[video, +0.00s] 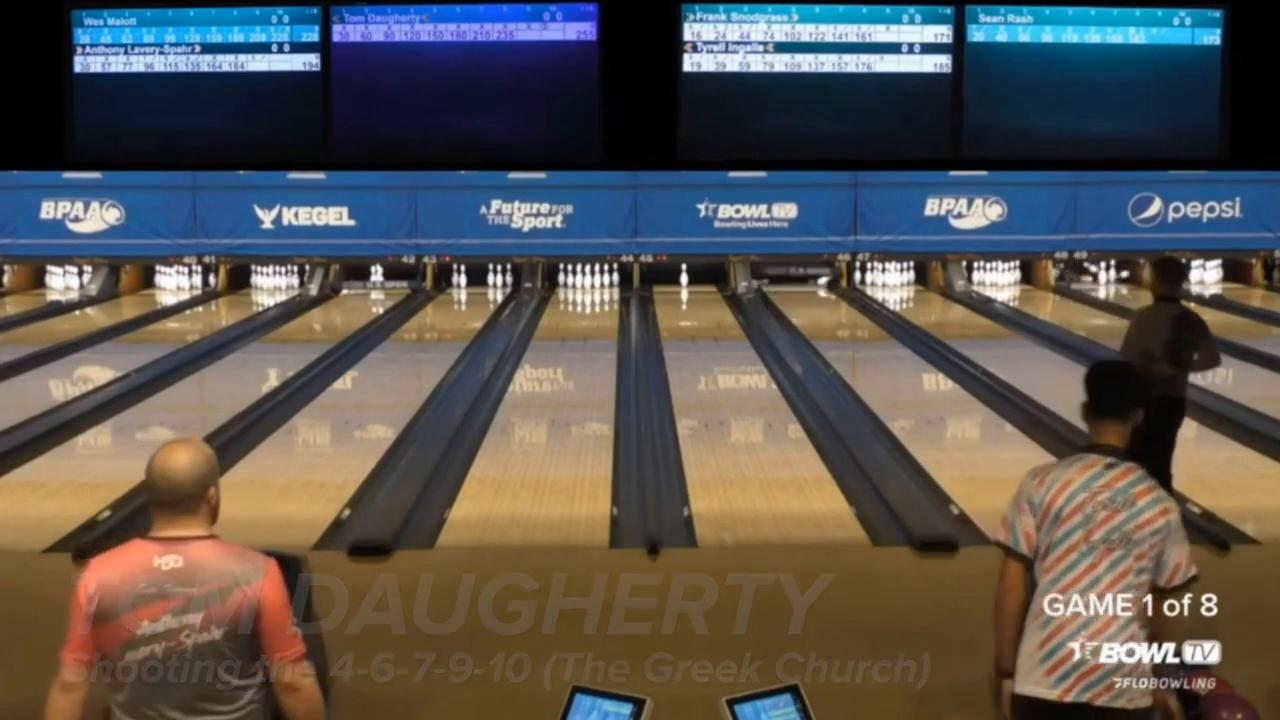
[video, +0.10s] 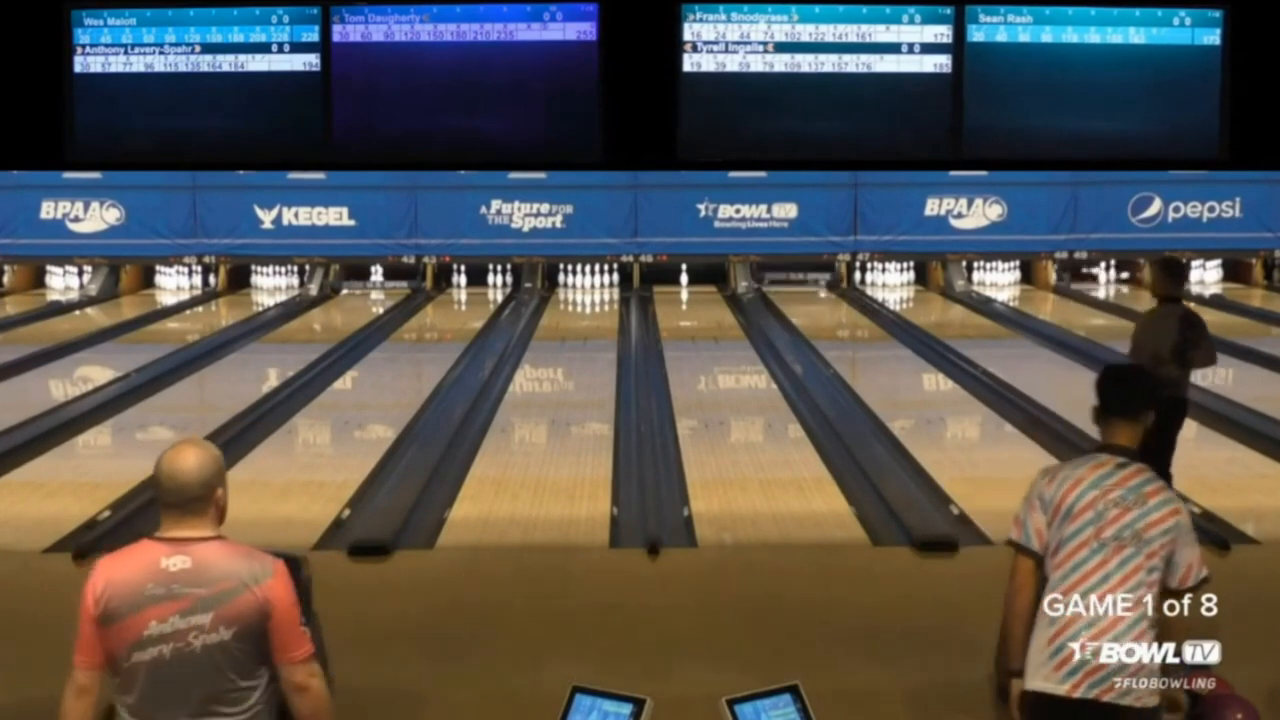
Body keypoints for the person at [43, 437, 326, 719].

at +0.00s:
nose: (220, 493)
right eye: (219, 486)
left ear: (149, 495)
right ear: (213, 496)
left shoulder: (99, 575)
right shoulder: (259, 573)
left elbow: (70, 687)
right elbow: (294, 681)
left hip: (134, 711)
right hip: (234, 712)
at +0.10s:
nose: (227, 493)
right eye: (226, 486)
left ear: (158, 496)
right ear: (220, 497)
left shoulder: (106, 576)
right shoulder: (266, 574)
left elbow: (82, 691)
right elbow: (302, 683)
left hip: (140, 714)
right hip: (241, 714)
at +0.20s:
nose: (245, 501)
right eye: (244, 495)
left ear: (175, 502)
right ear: (237, 503)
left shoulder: (124, 582)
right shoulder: (283, 579)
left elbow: (104, 702)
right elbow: (323, 688)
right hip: (256, 713)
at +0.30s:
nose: (247, 503)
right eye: (247, 497)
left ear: (178, 503)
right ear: (240, 505)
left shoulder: (127, 582)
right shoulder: (285, 581)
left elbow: (107, 701)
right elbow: (324, 689)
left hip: (159, 711)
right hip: (257, 711)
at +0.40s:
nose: (257, 506)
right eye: (257, 499)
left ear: (187, 505)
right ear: (248, 507)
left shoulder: (135, 578)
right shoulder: (291, 586)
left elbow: (118, 684)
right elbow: (327, 697)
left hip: (160, 713)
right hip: (258, 714)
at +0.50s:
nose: (260, 507)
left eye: (260, 498)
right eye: (259, 499)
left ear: (189, 505)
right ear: (248, 509)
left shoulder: (135, 578)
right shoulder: (289, 590)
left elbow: (119, 685)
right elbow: (327, 701)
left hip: (161, 712)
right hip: (258, 713)